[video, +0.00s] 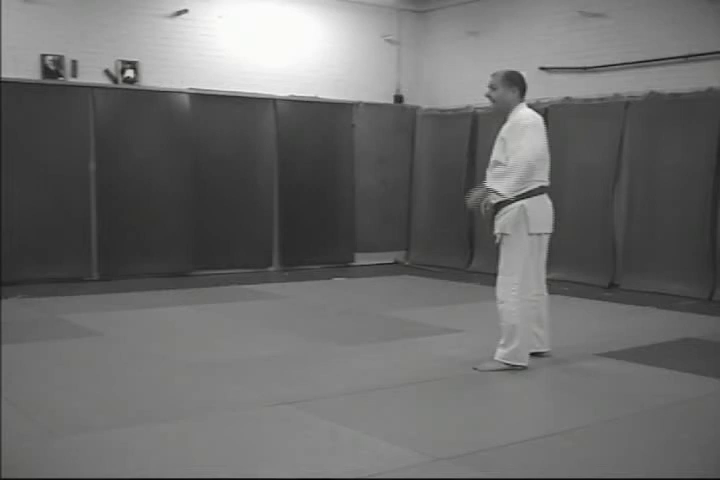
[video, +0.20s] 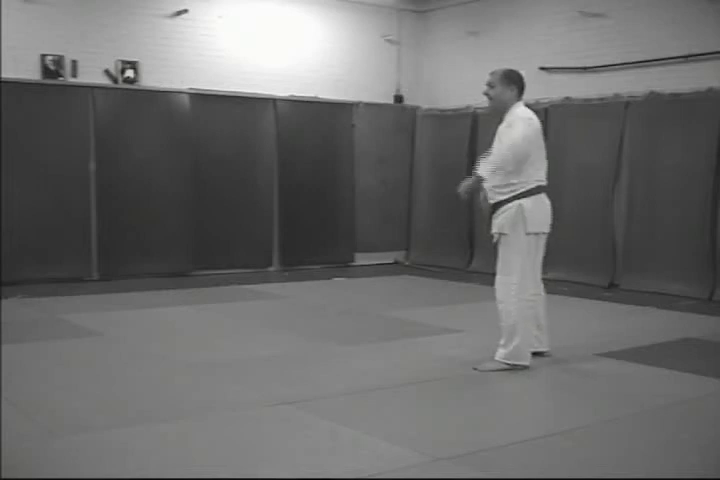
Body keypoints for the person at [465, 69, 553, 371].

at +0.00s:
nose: (488, 94)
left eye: (494, 89)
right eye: (489, 89)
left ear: (514, 92)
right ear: (512, 93)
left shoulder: (525, 121)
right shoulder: (518, 121)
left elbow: (522, 166)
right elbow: (511, 169)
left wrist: (492, 193)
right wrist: (487, 189)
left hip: (524, 211)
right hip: (529, 208)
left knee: (511, 286)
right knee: (532, 282)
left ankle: (511, 356)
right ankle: (536, 343)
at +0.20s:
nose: (485, 92)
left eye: (491, 87)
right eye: (486, 87)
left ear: (511, 91)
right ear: (510, 92)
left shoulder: (519, 122)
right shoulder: (517, 120)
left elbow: (503, 159)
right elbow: (504, 162)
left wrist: (477, 178)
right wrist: (483, 179)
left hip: (521, 211)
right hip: (528, 208)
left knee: (510, 284)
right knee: (529, 281)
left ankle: (513, 355)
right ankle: (536, 343)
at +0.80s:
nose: (466, 93)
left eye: (472, 88)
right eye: (468, 87)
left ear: (491, 93)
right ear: (492, 93)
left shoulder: (495, 125)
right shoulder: (500, 121)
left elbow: (497, 175)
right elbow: (497, 173)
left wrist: (492, 219)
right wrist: (490, 214)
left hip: (512, 213)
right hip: (513, 211)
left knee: (508, 285)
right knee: (507, 282)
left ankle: (511, 357)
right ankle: (504, 341)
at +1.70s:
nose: (460, 92)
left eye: (466, 86)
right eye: (462, 86)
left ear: (484, 90)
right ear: (488, 90)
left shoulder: (486, 124)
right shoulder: (503, 121)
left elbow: (478, 173)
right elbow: (493, 173)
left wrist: (458, 214)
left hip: (492, 209)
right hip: (504, 206)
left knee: (488, 282)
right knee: (496, 280)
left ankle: (496, 351)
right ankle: (500, 343)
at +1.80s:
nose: (458, 91)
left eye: (464, 85)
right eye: (460, 85)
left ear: (482, 90)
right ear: (487, 91)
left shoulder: (483, 124)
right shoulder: (505, 121)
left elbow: (478, 172)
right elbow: (502, 172)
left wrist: (464, 217)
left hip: (490, 209)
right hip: (507, 206)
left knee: (486, 283)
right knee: (496, 281)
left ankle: (494, 353)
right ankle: (498, 347)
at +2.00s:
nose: (454, 91)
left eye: (460, 86)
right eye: (456, 86)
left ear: (477, 90)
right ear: (481, 92)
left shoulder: (479, 124)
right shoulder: (499, 120)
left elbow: (478, 173)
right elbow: (493, 172)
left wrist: (475, 218)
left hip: (489, 210)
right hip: (502, 205)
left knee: (486, 281)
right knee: (475, 277)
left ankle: (495, 353)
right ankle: (475, 338)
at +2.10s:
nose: (452, 93)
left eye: (458, 87)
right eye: (454, 87)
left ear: (475, 91)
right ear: (480, 92)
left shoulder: (477, 125)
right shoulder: (494, 120)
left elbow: (477, 172)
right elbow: (488, 171)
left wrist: (475, 216)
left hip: (487, 210)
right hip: (496, 206)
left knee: (486, 282)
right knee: (473, 278)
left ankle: (494, 353)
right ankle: (469, 338)